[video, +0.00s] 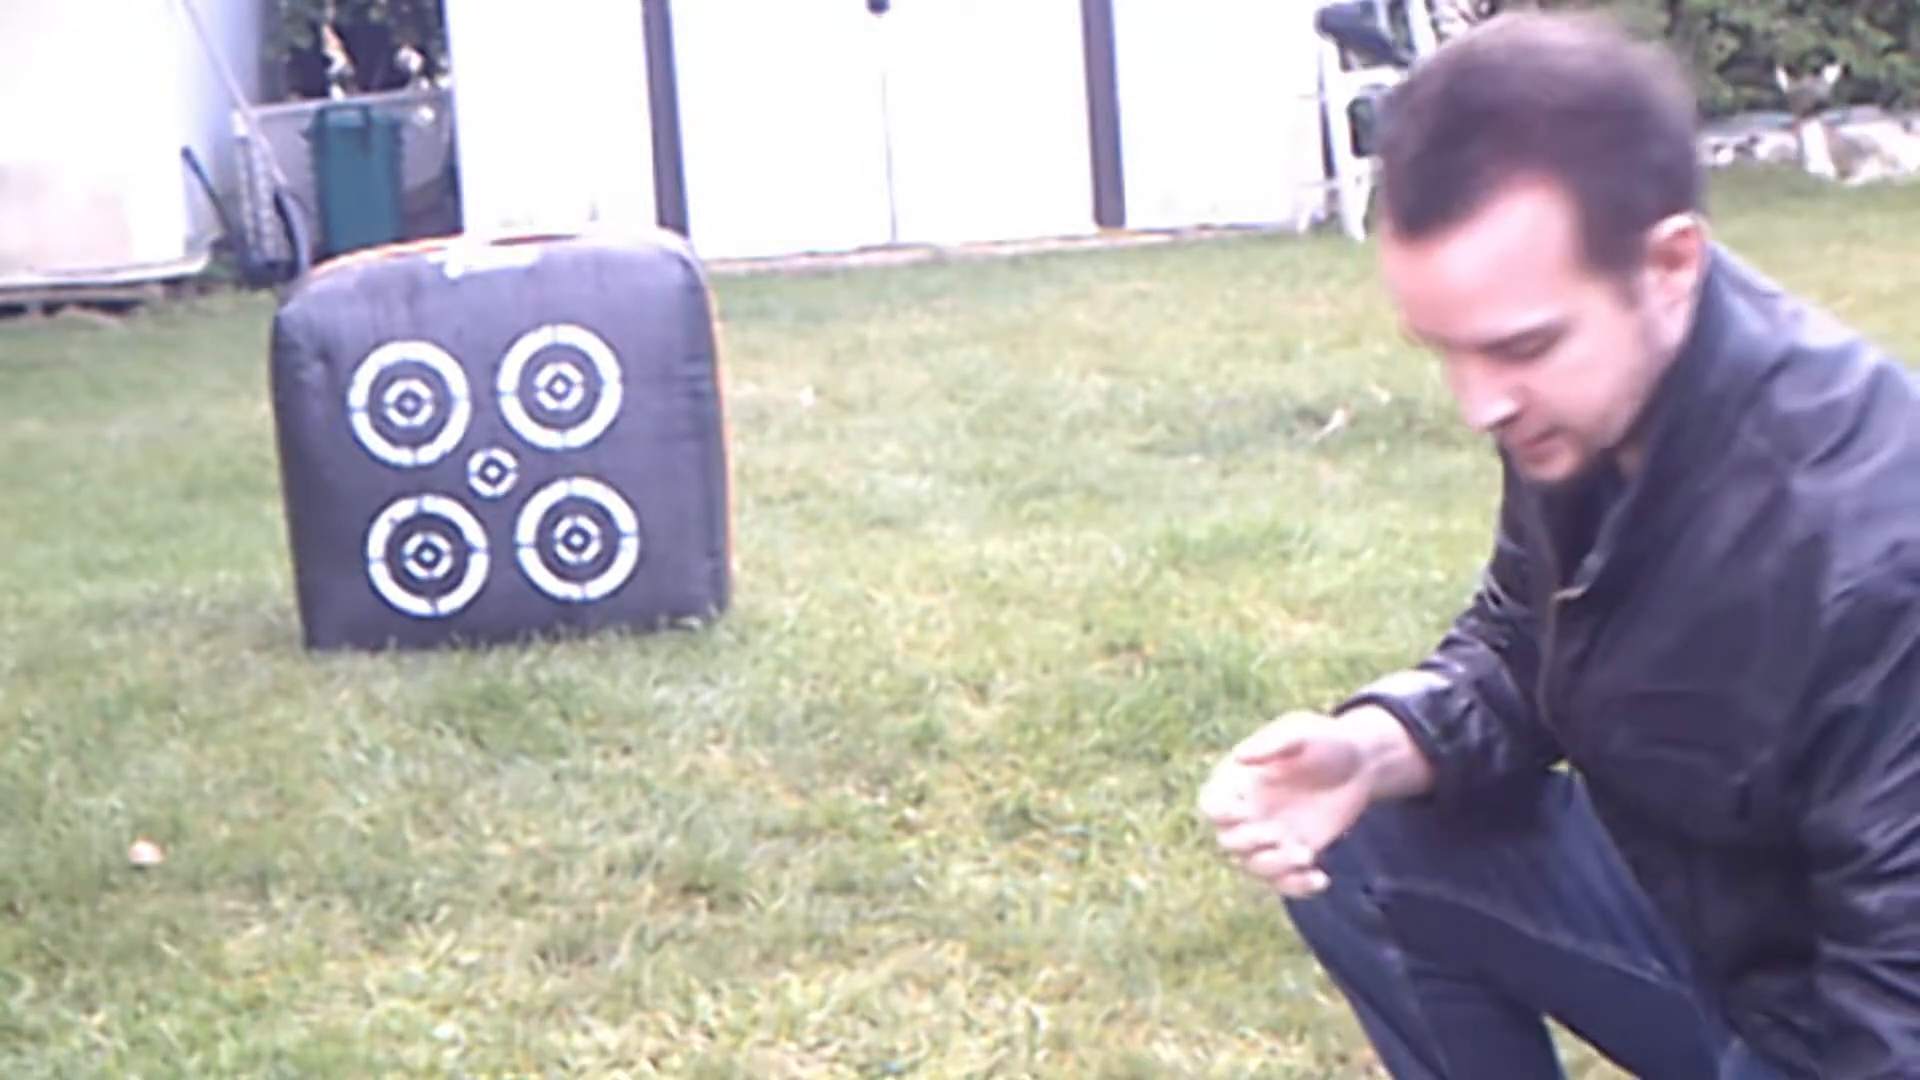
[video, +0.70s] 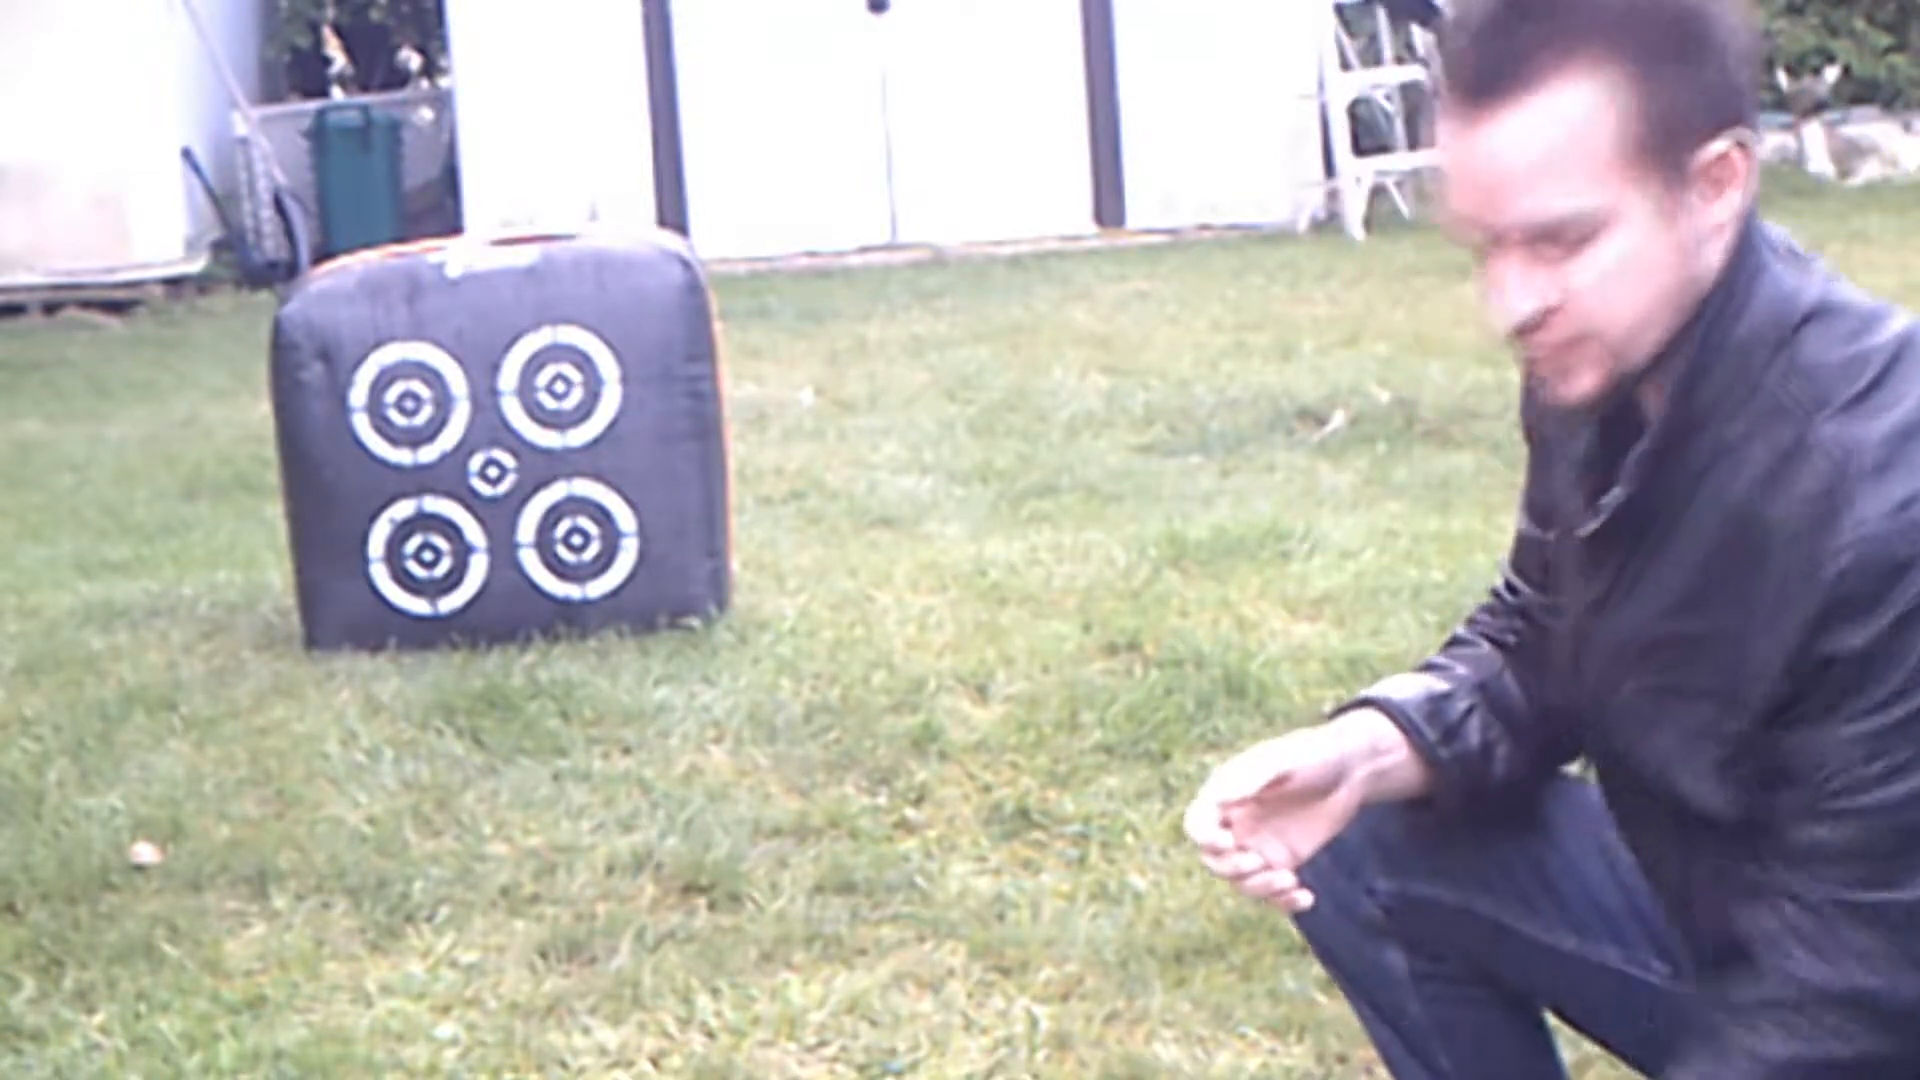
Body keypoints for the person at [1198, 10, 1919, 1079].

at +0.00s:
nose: (1481, 406)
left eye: (1523, 348)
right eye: (1444, 351)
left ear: (1671, 270)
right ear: (1418, 301)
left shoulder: (1879, 541)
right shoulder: (1592, 392)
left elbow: (1893, 1001)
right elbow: (1522, 649)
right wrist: (1373, 751)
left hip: (1843, 1022)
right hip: (1693, 922)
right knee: (1355, 852)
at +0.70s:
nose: (1511, 306)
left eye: (1564, 241)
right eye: (1485, 249)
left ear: (1718, 190)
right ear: (1460, 213)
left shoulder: (1886, 468)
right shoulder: (1592, 365)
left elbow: (1853, 987)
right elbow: (1539, 639)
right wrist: (1370, 752)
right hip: (1690, 905)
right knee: (1358, 852)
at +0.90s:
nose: (1620, 213)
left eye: (1676, 144)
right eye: (1574, 156)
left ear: (1809, 123)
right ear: (1540, 149)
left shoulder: (1900, 387)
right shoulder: (1593, 342)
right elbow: (1542, 642)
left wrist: (1689, 1038)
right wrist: (1377, 758)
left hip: (1877, 973)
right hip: (1706, 900)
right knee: (1344, 843)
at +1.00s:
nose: (1658, 188)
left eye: (1715, 119)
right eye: (1611, 130)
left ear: (1838, 108)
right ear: (1573, 135)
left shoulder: (1901, 368)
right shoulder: (1607, 335)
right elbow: (1542, 630)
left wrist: (1732, 878)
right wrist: (1373, 760)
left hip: (1886, 1028)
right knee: (1391, 909)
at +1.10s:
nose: (1686, 182)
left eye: (1743, 110)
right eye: (1636, 122)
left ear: (1860, 100)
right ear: (1595, 131)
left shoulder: (1901, 362)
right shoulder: (1619, 337)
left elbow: (1895, 782)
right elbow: (1544, 663)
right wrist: (1390, 777)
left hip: (1882, 1035)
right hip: (1751, 942)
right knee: (1362, 868)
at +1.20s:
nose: (1701, 173)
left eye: (1759, 101)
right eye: (1650, 115)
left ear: (1874, 91)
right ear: (1610, 126)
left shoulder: (1902, 334)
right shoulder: (1649, 319)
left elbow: (1896, 671)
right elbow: (1556, 634)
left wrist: (1701, 494)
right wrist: (1387, 778)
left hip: (1885, 1036)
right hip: (1767, 941)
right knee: (1366, 870)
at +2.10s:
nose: (1683, 183)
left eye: (1738, 111)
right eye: (1635, 125)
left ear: (1862, 94)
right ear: (1598, 132)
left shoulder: (1905, 338)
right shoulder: (1646, 322)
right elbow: (1555, 637)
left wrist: (1712, 530)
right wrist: (1407, 781)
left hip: (1883, 1047)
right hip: (1766, 945)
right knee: (1360, 852)